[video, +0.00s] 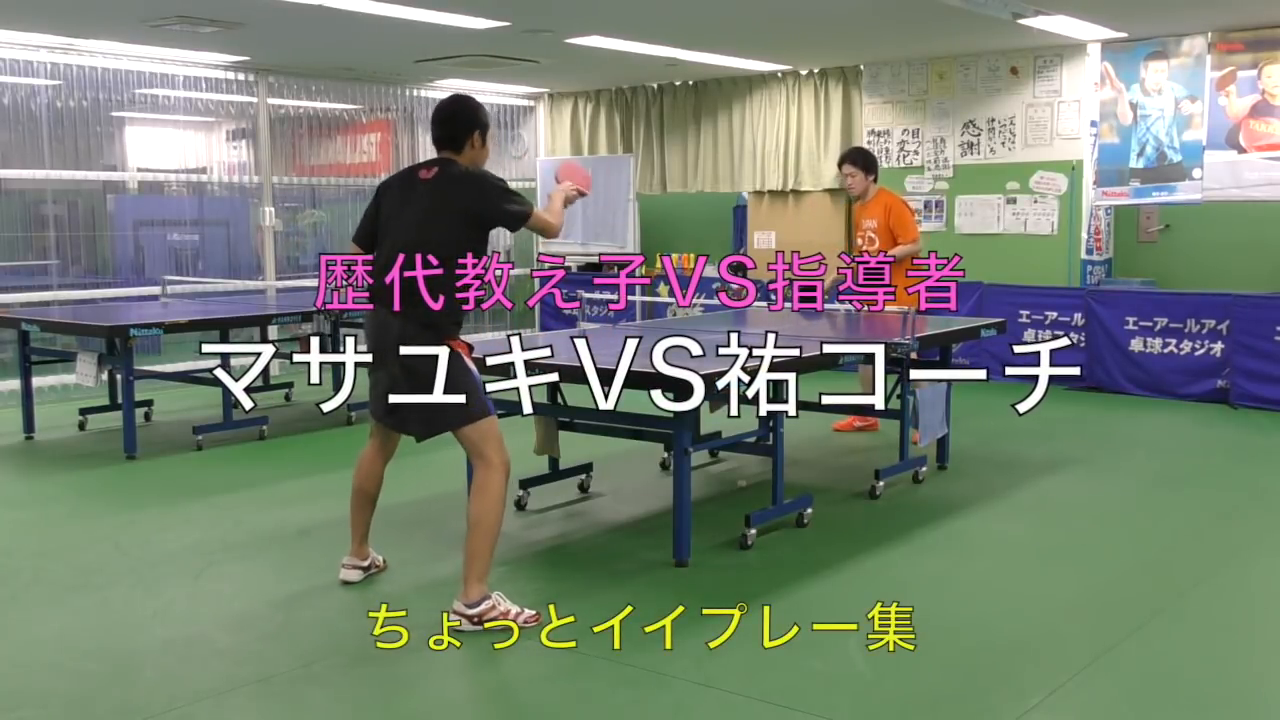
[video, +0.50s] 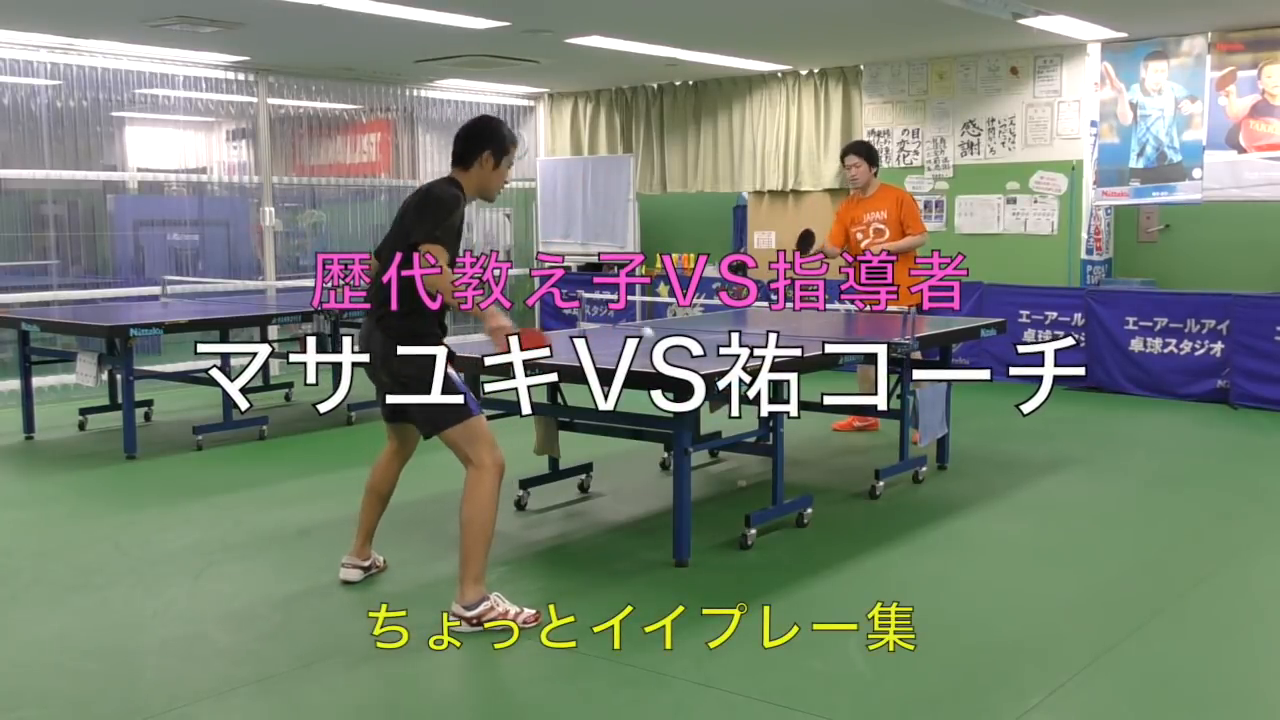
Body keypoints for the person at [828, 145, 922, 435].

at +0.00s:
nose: (847, 182)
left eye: (852, 176)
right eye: (844, 177)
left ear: (870, 175)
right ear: (843, 177)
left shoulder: (892, 203)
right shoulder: (858, 208)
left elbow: (913, 245)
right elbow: (860, 254)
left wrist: (882, 258)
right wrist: (835, 279)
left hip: (900, 298)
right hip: (870, 298)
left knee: (912, 359)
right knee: (866, 354)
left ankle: (926, 417)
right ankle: (867, 413)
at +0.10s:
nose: (845, 186)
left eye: (850, 179)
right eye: (843, 180)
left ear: (868, 178)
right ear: (850, 180)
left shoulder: (894, 204)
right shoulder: (857, 211)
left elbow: (916, 246)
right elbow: (850, 253)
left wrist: (882, 260)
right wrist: (825, 266)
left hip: (903, 297)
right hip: (872, 298)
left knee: (913, 360)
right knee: (868, 353)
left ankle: (926, 419)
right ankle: (867, 412)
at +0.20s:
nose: (844, 185)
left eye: (848, 179)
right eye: (842, 179)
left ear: (867, 177)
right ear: (846, 180)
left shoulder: (896, 203)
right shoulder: (853, 211)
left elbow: (918, 244)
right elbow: (832, 248)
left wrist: (884, 256)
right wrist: (797, 259)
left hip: (906, 296)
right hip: (872, 298)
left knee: (914, 358)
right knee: (870, 353)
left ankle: (925, 420)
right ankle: (868, 413)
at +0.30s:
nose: (844, 181)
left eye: (848, 175)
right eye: (842, 175)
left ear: (867, 174)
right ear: (847, 175)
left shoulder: (897, 201)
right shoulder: (850, 208)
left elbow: (919, 240)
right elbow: (828, 245)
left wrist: (887, 251)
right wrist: (811, 236)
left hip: (905, 296)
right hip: (870, 297)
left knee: (914, 360)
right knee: (868, 355)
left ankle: (926, 421)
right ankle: (867, 413)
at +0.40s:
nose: (846, 177)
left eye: (851, 170)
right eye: (843, 172)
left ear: (869, 170)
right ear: (842, 174)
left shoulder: (898, 199)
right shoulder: (848, 207)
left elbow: (919, 238)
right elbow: (830, 247)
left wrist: (886, 248)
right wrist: (819, 236)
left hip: (904, 296)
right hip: (868, 299)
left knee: (914, 359)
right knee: (866, 356)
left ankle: (923, 420)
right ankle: (866, 414)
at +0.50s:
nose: (850, 173)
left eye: (856, 166)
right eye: (846, 168)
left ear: (873, 167)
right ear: (844, 171)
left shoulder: (898, 197)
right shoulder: (846, 207)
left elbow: (920, 237)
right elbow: (834, 249)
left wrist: (886, 246)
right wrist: (821, 248)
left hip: (904, 295)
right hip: (867, 297)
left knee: (913, 357)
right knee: (866, 354)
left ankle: (923, 419)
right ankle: (866, 413)